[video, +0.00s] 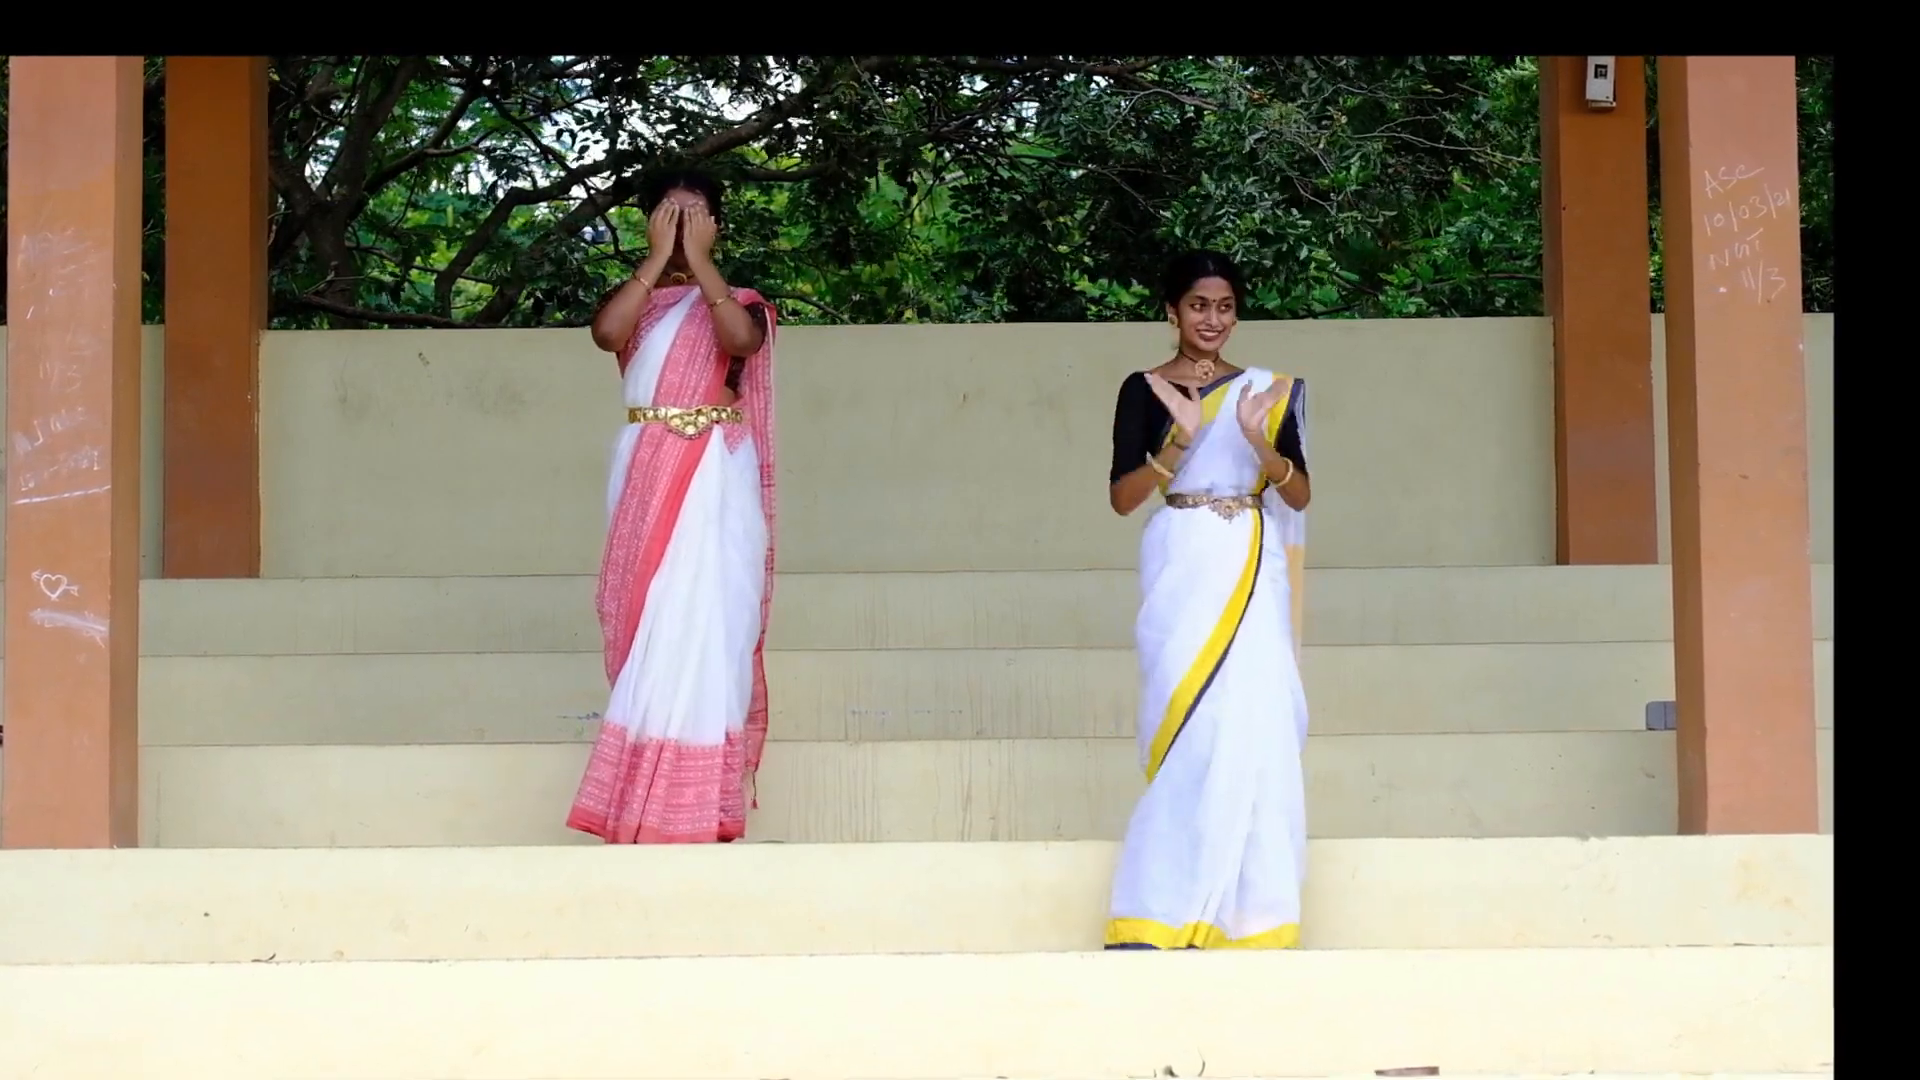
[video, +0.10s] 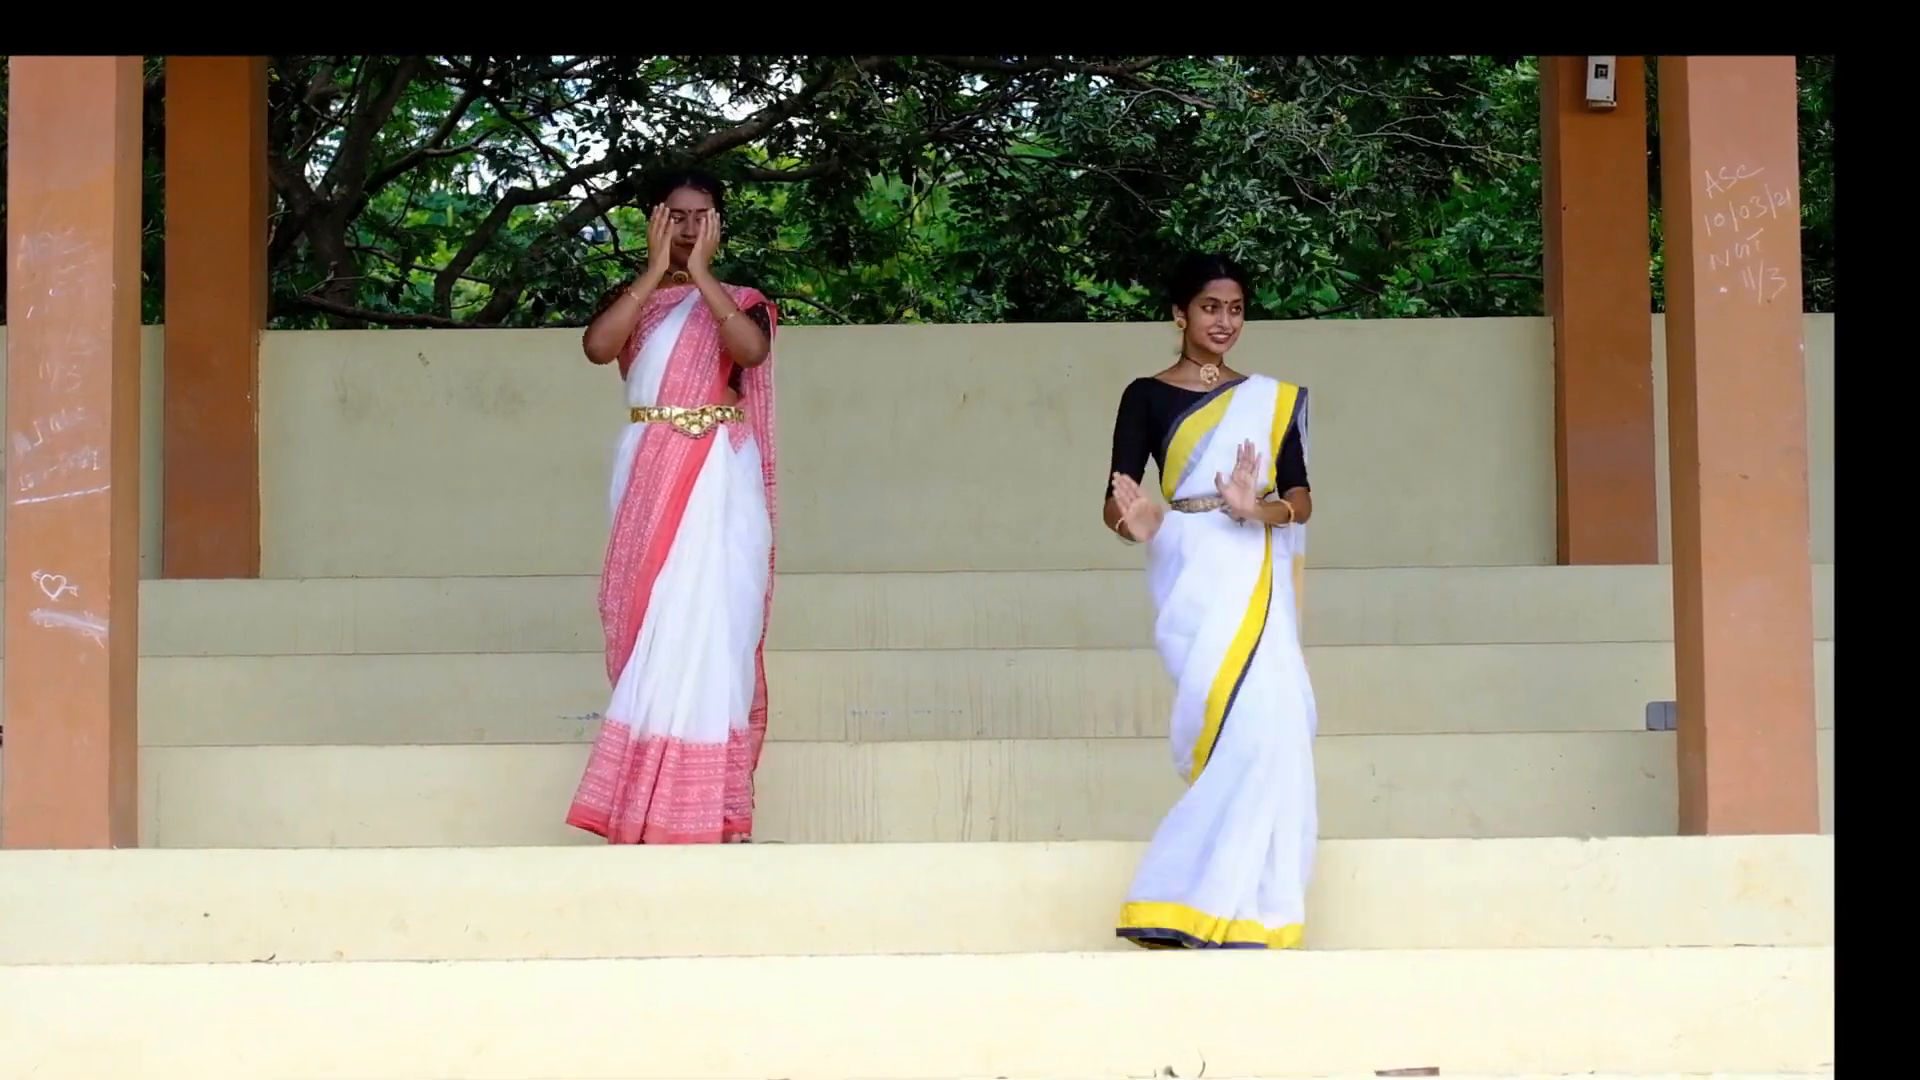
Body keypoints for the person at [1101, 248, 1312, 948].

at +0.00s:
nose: (1213, 318)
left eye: (1224, 307)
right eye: (1200, 305)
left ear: (1236, 316)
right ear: (1174, 311)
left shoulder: (1273, 392)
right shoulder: (1145, 389)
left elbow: (1299, 496)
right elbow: (1123, 498)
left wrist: (1265, 448)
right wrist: (1178, 441)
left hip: (1255, 563)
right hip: (1183, 563)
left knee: (1254, 723)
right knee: (1186, 722)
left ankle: (1248, 908)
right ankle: (1175, 908)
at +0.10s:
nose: (1225, 320)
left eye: (1235, 309)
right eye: (1212, 307)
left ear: (1244, 318)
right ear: (1181, 312)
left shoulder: (1271, 400)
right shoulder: (1148, 395)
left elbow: (1299, 498)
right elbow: (1121, 497)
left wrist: (1261, 510)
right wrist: (1132, 520)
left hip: (1266, 572)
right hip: (1193, 570)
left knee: (1284, 722)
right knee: (1248, 726)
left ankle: (1247, 913)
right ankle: (1167, 900)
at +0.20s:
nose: (1235, 316)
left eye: (1243, 305)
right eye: (1221, 303)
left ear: (1250, 316)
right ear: (1188, 310)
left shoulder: (1271, 399)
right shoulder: (1151, 395)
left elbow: (1301, 494)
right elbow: (1115, 488)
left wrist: (1257, 518)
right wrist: (1079, 564)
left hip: (1266, 564)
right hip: (1196, 563)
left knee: (1287, 709)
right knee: (1255, 707)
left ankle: (1250, 895)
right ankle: (1223, 889)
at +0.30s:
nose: (1242, 316)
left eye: (1250, 304)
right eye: (1228, 302)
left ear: (1255, 313)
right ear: (1192, 309)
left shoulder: (1274, 396)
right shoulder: (1156, 393)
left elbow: (1305, 488)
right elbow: (1100, 486)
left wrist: (1228, 499)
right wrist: (1030, 566)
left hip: (1265, 555)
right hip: (1199, 555)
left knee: (1252, 706)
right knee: (1309, 648)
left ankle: (1246, 883)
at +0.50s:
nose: (1247, 319)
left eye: (1255, 308)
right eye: (1236, 305)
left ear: (1258, 318)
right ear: (1198, 309)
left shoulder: (1277, 398)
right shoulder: (1160, 395)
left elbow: (1304, 476)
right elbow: (1077, 480)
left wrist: (1230, 445)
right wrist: (989, 537)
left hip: (1273, 556)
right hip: (1205, 556)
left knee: (1391, 633)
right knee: (1264, 699)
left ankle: (1501, 744)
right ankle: (1233, 885)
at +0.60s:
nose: (1253, 322)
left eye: (1259, 311)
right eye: (1240, 309)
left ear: (1260, 322)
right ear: (1200, 316)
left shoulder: (1281, 405)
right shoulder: (1161, 397)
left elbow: (1312, 489)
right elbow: (1087, 484)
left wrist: (1243, 452)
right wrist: (999, 546)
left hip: (1270, 563)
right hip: (1205, 561)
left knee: (1385, 654)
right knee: (1264, 698)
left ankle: (1469, 780)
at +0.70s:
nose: (1252, 322)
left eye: (1257, 310)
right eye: (1237, 309)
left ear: (1262, 321)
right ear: (1200, 319)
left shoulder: (1284, 411)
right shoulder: (1162, 403)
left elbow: (1327, 509)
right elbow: (1109, 500)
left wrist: (1276, 497)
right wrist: (1040, 579)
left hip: (1275, 567)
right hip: (1205, 566)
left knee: (1308, 695)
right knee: (1249, 709)